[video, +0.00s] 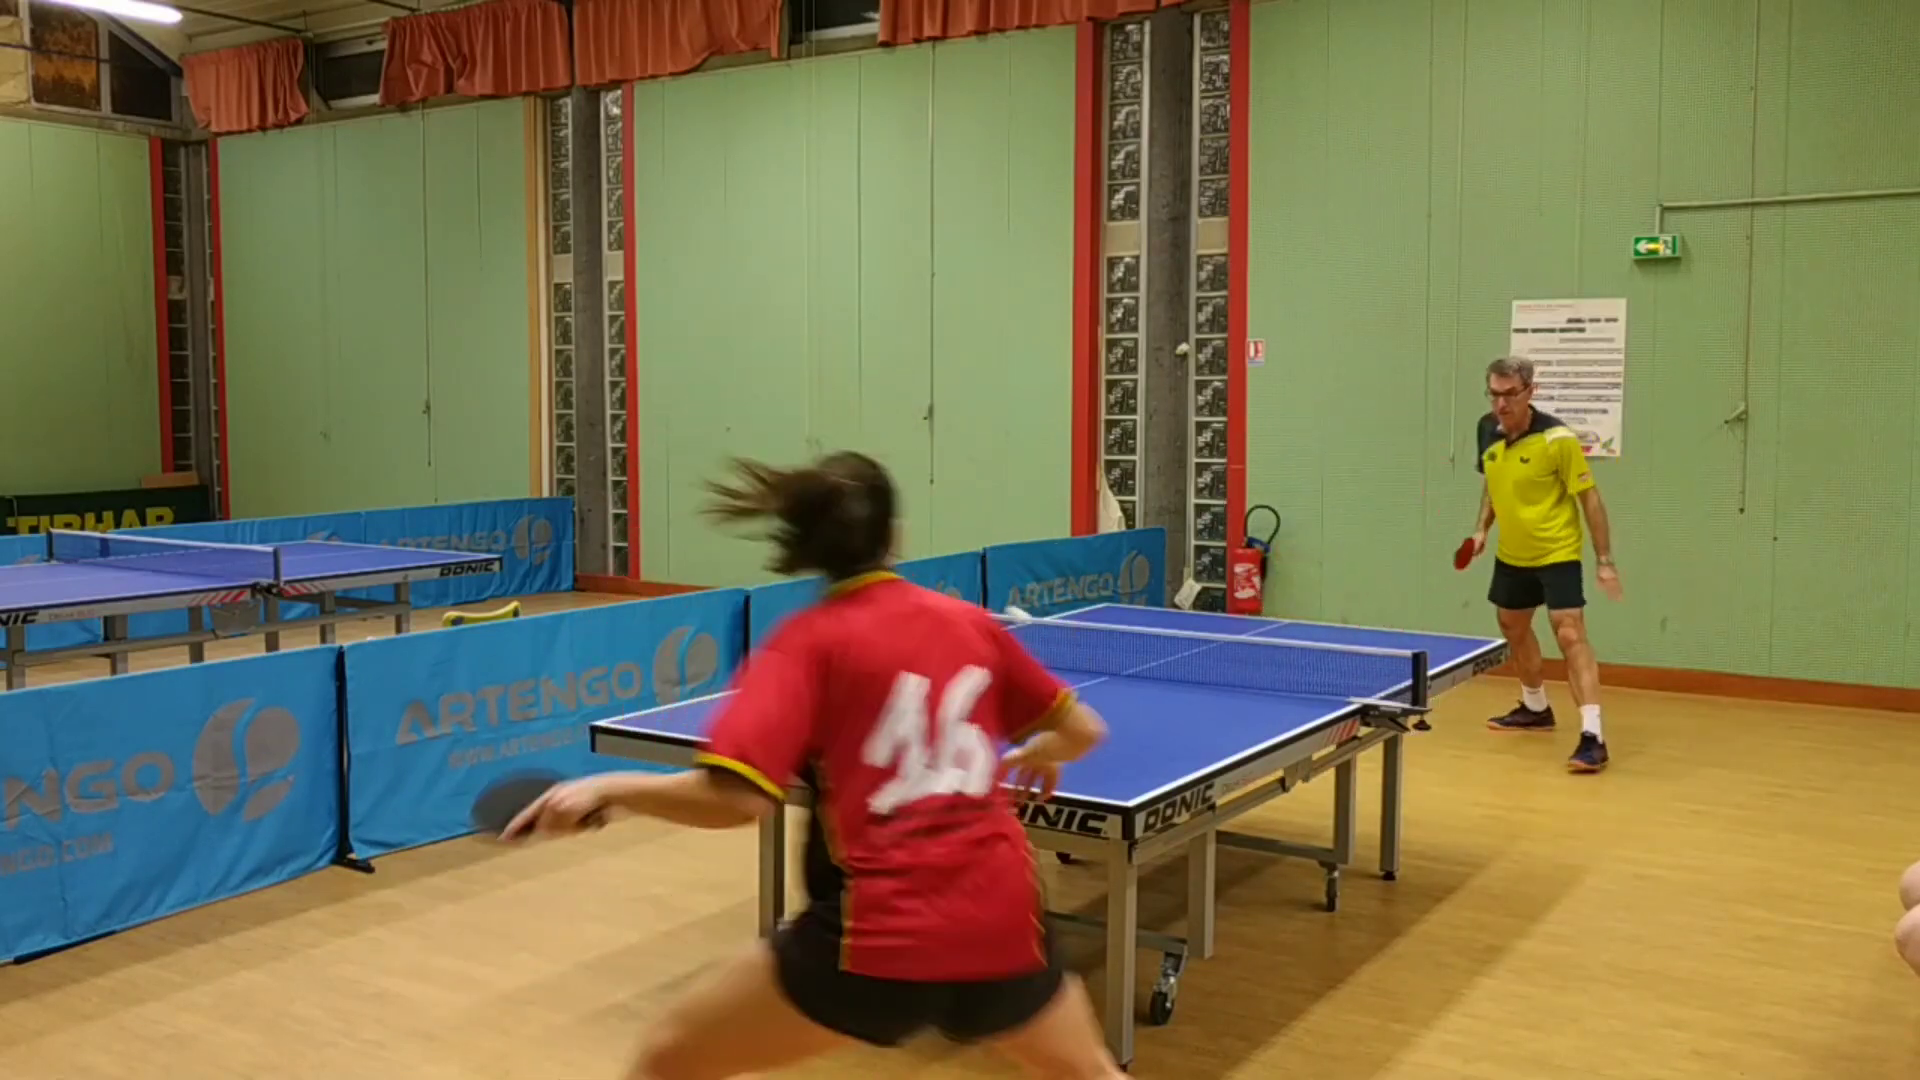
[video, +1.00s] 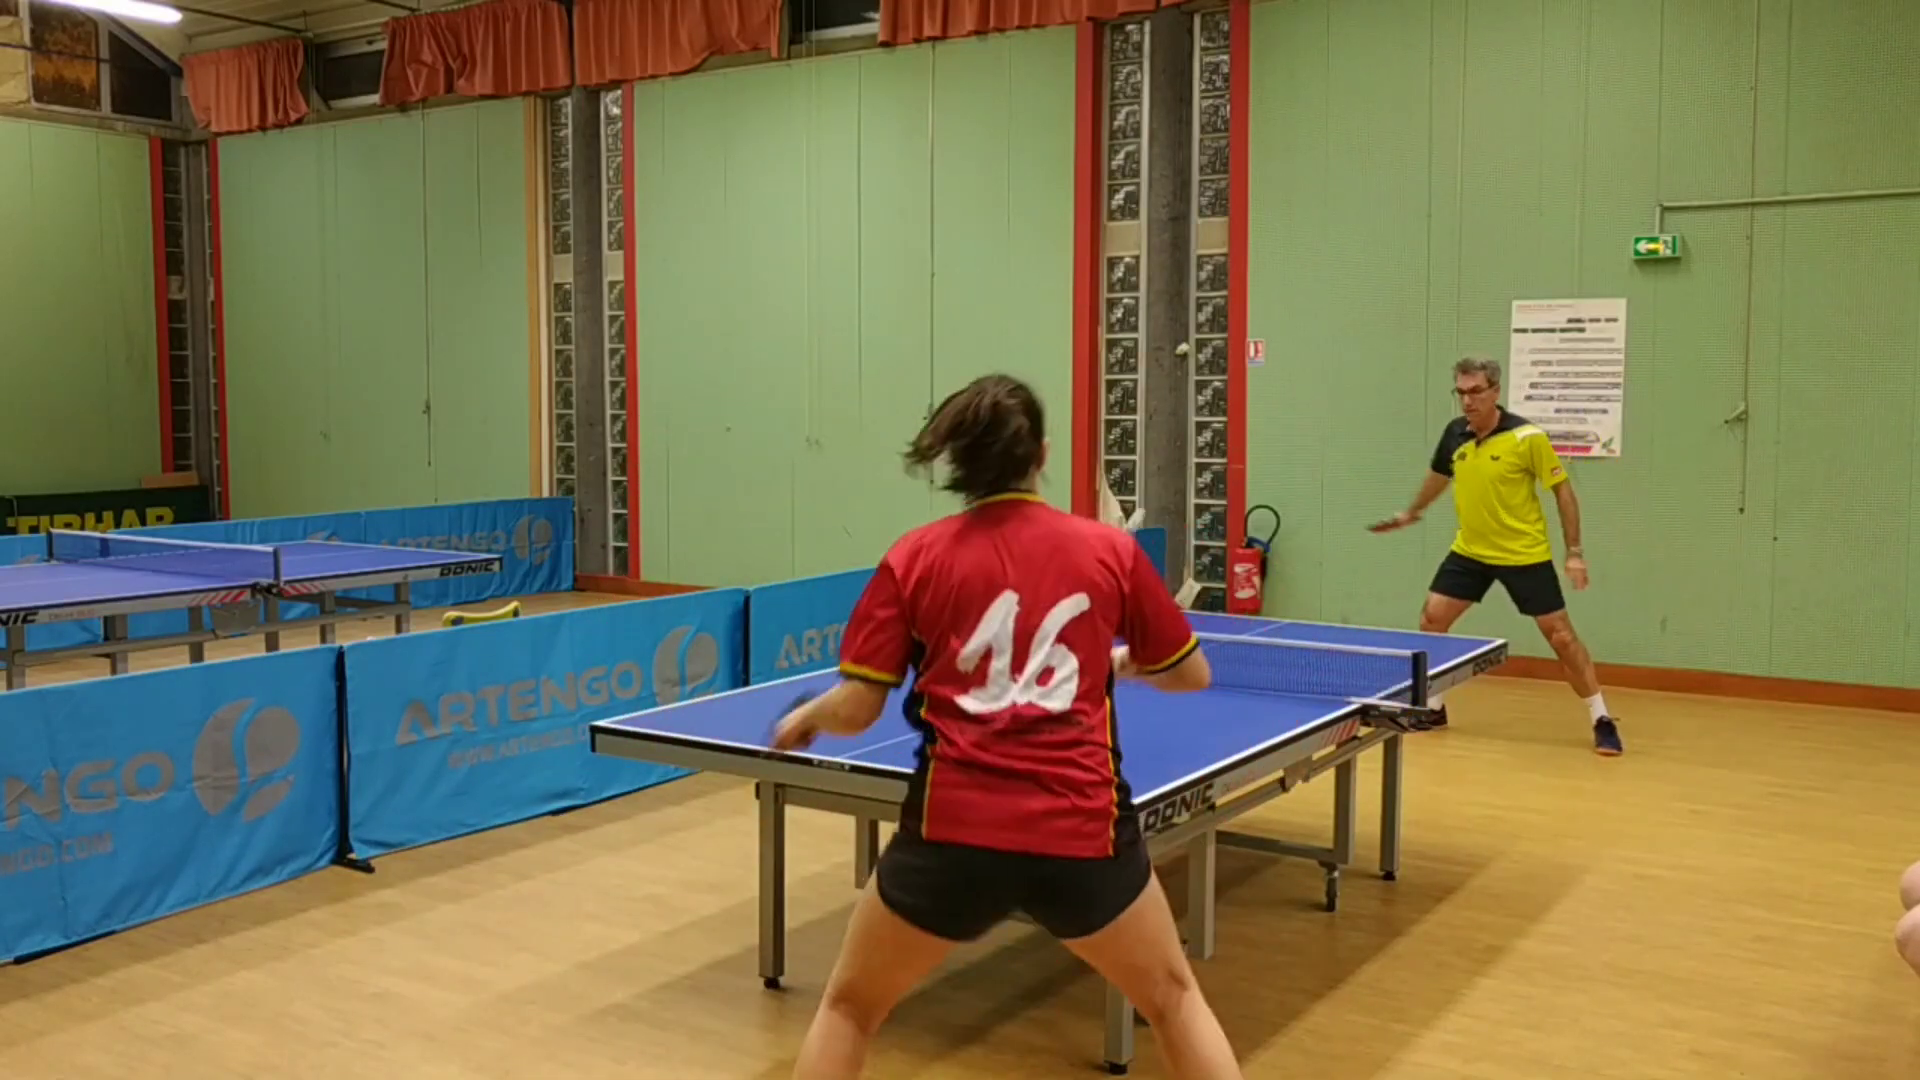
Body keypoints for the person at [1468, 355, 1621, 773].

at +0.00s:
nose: (1500, 404)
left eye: (1509, 395)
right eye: (1494, 395)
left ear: (1530, 393)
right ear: (1489, 395)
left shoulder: (1559, 440)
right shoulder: (1489, 434)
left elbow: (1590, 498)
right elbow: (1492, 486)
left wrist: (1604, 560)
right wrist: (1481, 530)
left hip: (1559, 556)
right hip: (1513, 555)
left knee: (1569, 635)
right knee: (1513, 626)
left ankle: (1592, 735)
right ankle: (1535, 707)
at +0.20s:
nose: (1496, 394)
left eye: (1504, 386)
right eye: (1490, 386)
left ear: (1524, 384)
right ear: (1484, 387)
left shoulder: (1559, 425)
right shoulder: (1486, 424)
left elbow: (1590, 479)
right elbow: (1486, 473)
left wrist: (1574, 534)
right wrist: (1478, 513)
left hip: (1557, 542)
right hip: (1510, 537)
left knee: (1576, 631)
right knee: (1480, 608)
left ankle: (1604, 717)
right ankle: (1499, 693)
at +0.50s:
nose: (1474, 422)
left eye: (1481, 413)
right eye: (1468, 414)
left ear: (1504, 410)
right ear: (1464, 415)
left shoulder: (1543, 450)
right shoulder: (1466, 450)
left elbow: (1569, 505)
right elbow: (1465, 503)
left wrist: (1570, 556)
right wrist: (1444, 550)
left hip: (1541, 558)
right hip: (1486, 553)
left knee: (1570, 641)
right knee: (1445, 617)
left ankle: (1605, 720)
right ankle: (1433, 706)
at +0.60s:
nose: (1458, 412)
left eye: (1464, 403)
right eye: (1453, 404)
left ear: (1492, 400)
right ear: (1452, 405)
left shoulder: (1532, 439)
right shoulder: (1459, 438)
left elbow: (1562, 493)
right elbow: (1444, 489)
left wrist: (1562, 549)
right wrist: (1396, 523)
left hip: (1531, 552)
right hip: (1478, 548)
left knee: (1563, 636)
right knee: (1439, 613)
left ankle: (1604, 719)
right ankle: (1433, 707)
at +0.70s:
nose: (1449, 404)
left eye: (1456, 394)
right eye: (1445, 396)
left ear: (1482, 393)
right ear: (1445, 396)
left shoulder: (1519, 435)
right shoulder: (1445, 432)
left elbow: (1557, 489)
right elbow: (1400, 469)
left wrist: (1551, 549)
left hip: (1523, 551)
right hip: (1473, 547)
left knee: (1557, 635)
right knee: (1436, 615)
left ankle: (1603, 720)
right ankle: (1433, 705)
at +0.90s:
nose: (1455, 400)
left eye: (1463, 391)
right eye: (1450, 392)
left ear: (1487, 390)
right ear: (1447, 395)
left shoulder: (1521, 435)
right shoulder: (1445, 433)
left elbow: (1558, 487)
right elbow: (1409, 469)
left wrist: (1560, 550)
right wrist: (1365, 496)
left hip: (1518, 554)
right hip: (1464, 551)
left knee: (1557, 637)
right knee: (1429, 620)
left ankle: (1598, 718)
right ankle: (1432, 707)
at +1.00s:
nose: (1467, 401)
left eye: (1474, 393)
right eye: (1461, 394)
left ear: (1496, 392)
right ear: (1457, 395)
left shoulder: (1528, 437)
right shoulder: (1456, 433)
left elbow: (1563, 491)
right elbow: (1437, 477)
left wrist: (1574, 553)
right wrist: (1411, 512)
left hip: (1525, 556)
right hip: (1470, 552)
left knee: (1562, 639)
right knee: (1431, 622)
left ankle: (1601, 718)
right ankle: (1432, 706)